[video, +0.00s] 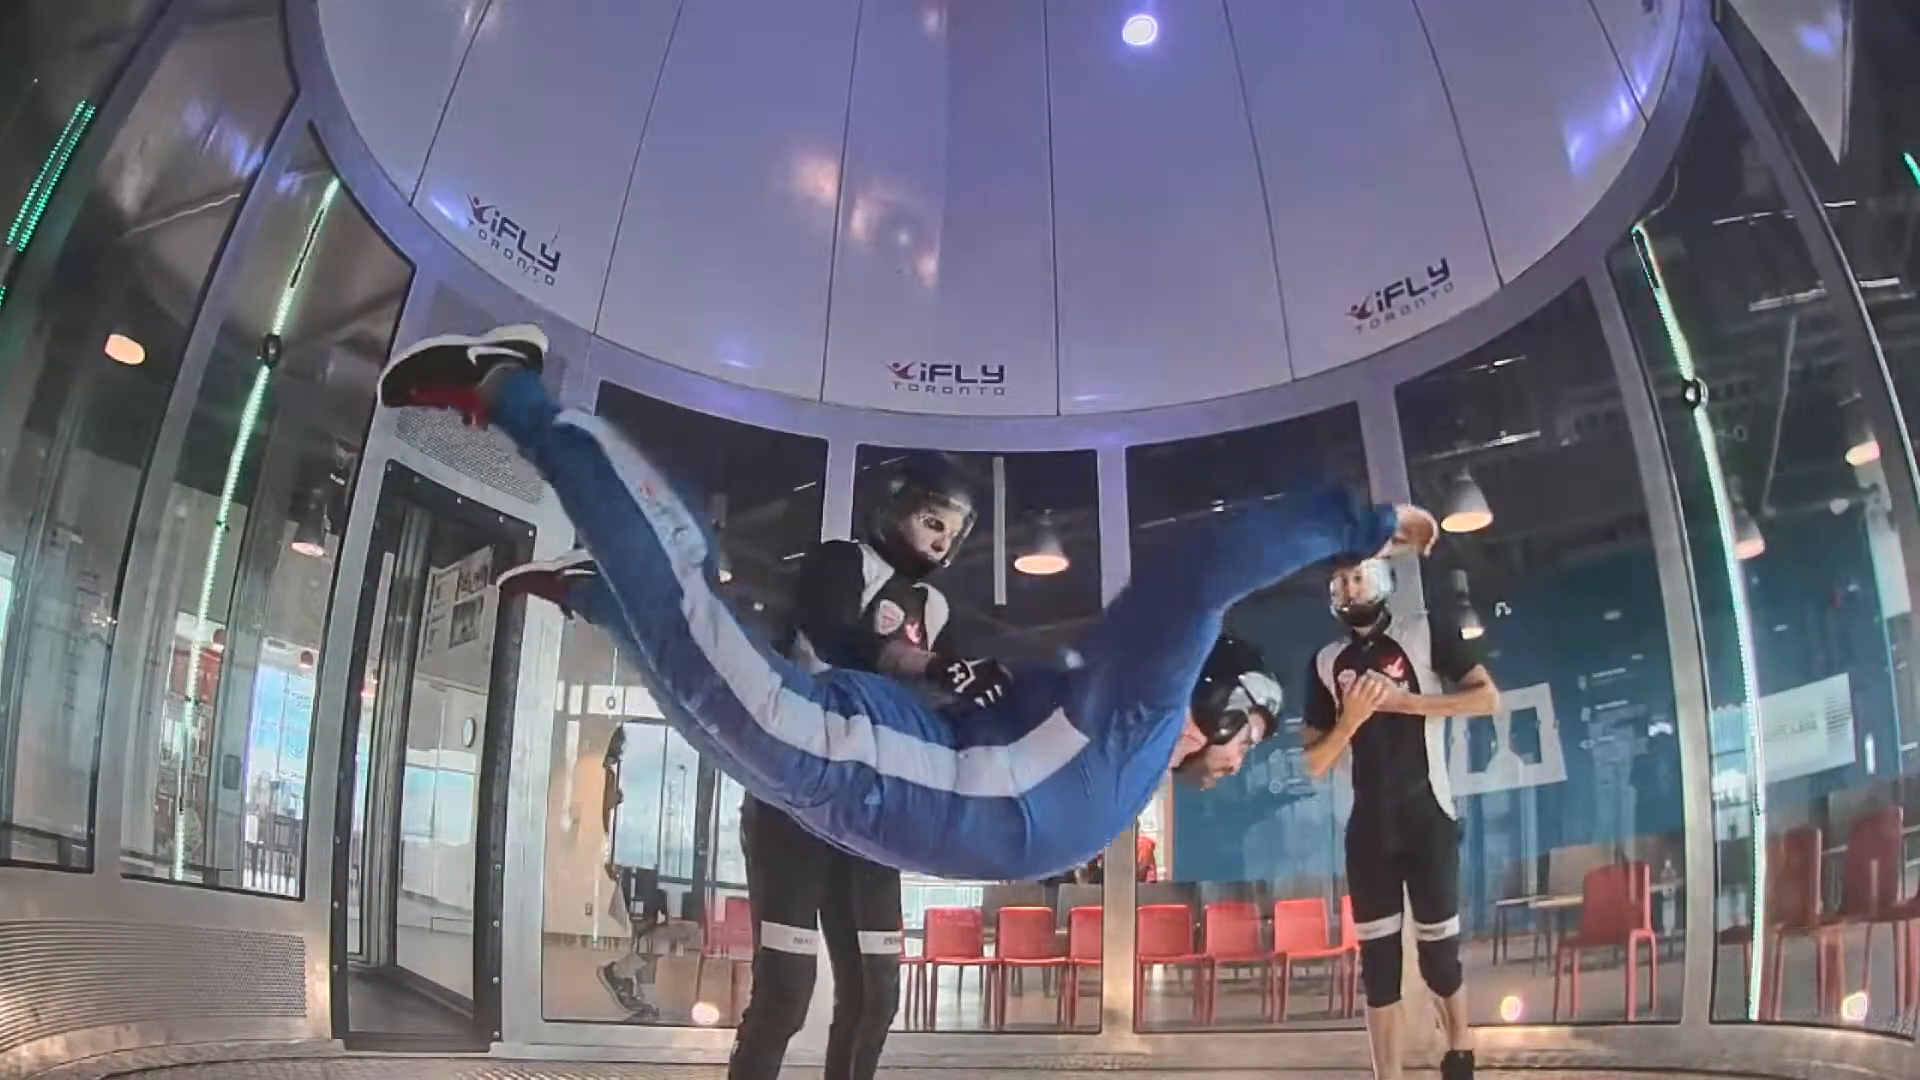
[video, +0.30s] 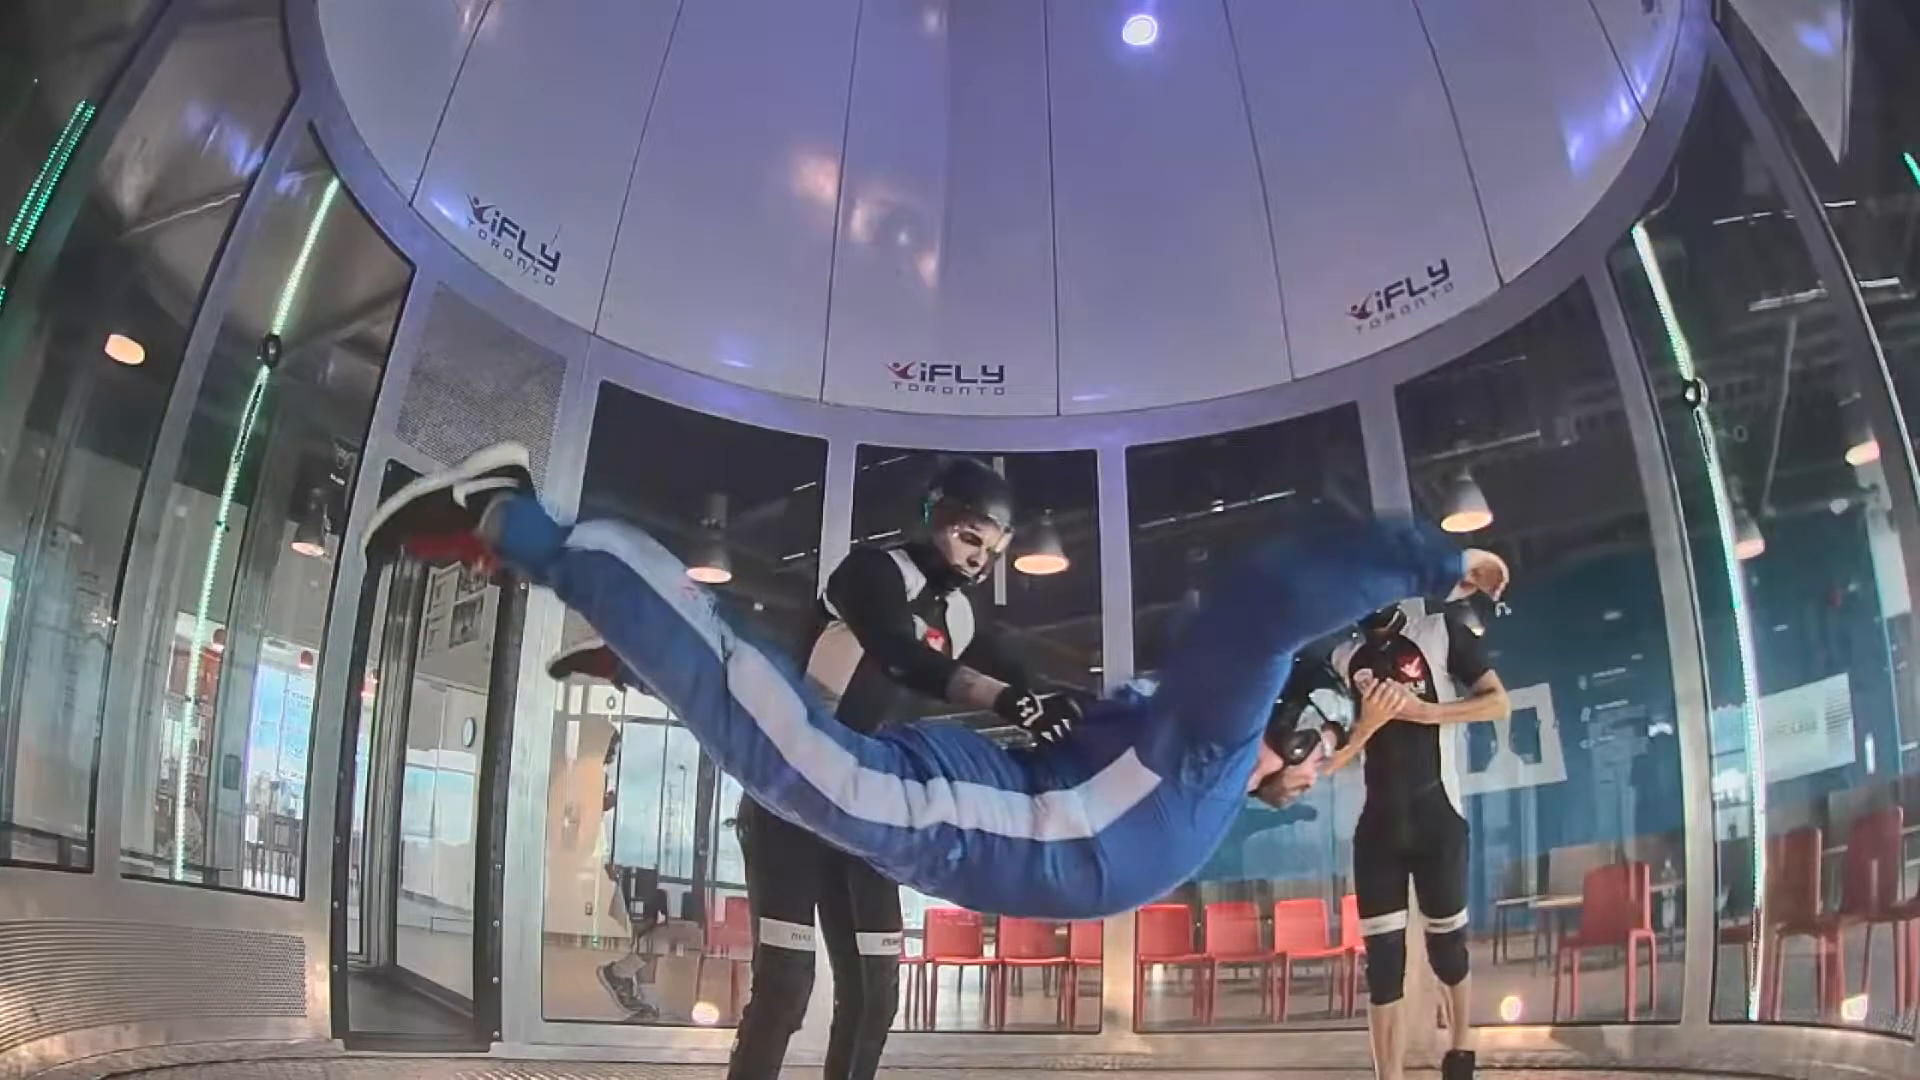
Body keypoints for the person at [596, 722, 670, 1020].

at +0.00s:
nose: (622, 748)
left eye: (622, 742)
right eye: (618, 742)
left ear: (611, 743)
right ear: (607, 742)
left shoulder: (606, 772)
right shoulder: (602, 773)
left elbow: (602, 820)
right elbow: (598, 818)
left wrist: (607, 859)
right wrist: (606, 858)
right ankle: (619, 971)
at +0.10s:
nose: (620, 749)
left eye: (620, 743)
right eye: (617, 742)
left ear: (603, 741)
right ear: (603, 741)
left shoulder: (601, 770)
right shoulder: (593, 769)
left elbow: (598, 821)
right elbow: (591, 813)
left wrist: (605, 862)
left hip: (603, 862)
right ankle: (619, 970)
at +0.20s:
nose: (617, 757)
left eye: (618, 751)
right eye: (613, 750)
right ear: (602, 744)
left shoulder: (590, 770)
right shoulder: (589, 770)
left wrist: (603, 864)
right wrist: (603, 807)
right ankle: (619, 971)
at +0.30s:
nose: (614, 756)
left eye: (615, 750)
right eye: (611, 750)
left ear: (593, 742)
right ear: (600, 744)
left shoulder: (587, 772)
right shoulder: (586, 772)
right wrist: (599, 807)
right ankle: (621, 970)